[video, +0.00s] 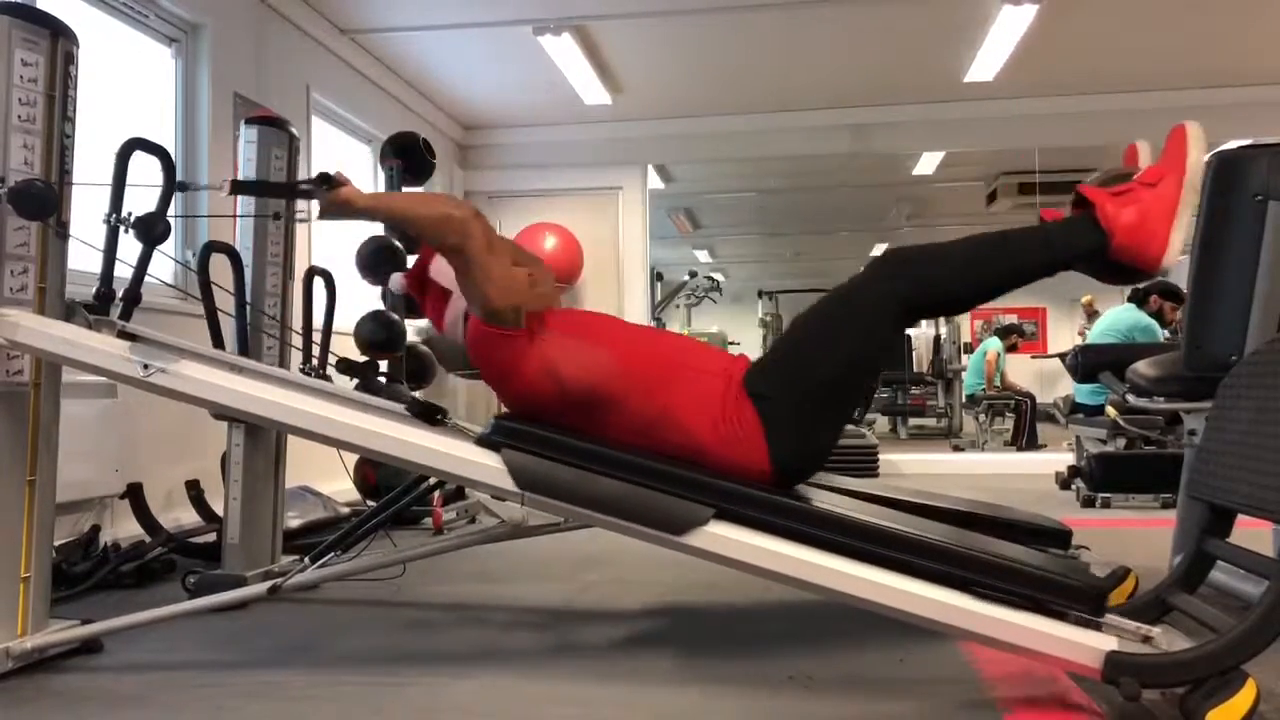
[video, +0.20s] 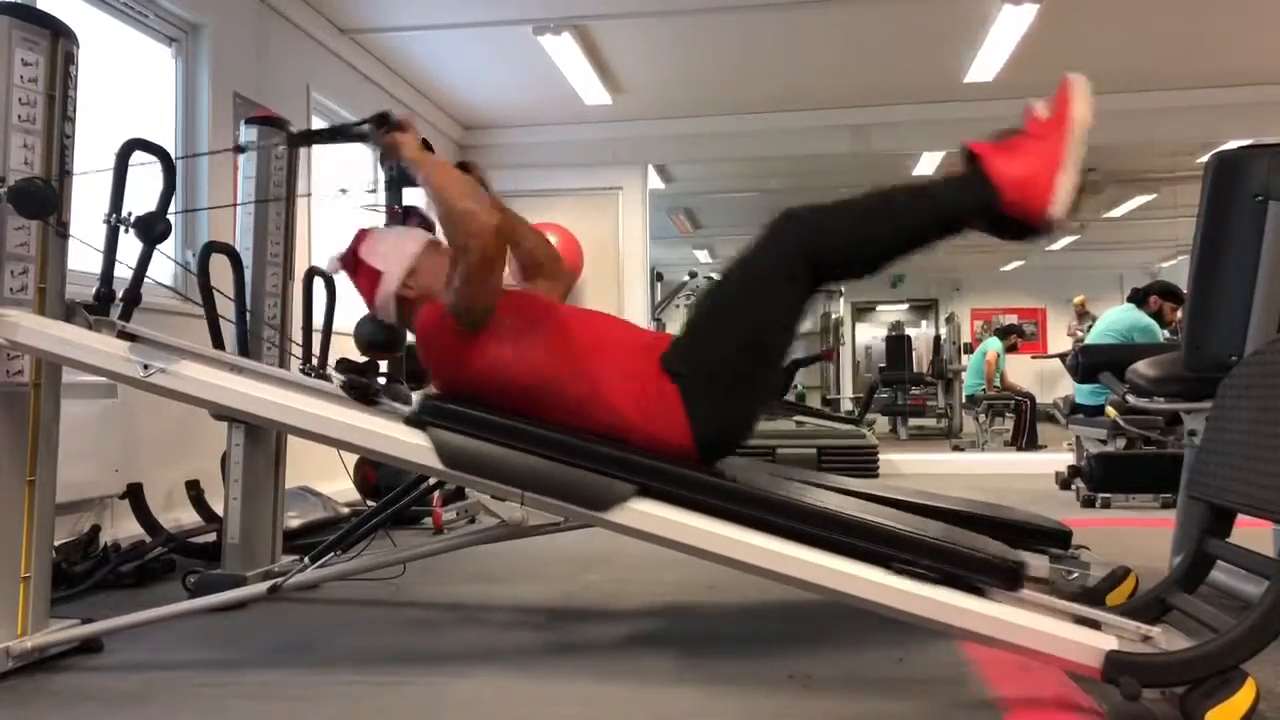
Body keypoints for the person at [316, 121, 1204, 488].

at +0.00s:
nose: (513, 253)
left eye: (499, 245)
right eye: (496, 251)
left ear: (458, 303)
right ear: (475, 287)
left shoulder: (521, 336)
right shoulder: (508, 336)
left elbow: (562, 253)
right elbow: (453, 218)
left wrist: (448, 247)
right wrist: (364, 203)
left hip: (753, 398)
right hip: (761, 425)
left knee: (890, 271)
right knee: (892, 282)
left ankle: (1094, 223)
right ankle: (1109, 236)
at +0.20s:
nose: (416, 254)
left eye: (405, 248)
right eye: (401, 257)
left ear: (425, 262)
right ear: (401, 297)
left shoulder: (496, 317)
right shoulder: (445, 339)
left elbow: (557, 255)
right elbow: (482, 237)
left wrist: (471, 194)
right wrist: (420, 163)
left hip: (688, 382)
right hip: (687, 409)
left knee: (793, 240)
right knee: (790, 242)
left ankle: (998, 183)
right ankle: (1002, 186)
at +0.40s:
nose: (361, 213)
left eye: (351, 205)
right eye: (343, 214)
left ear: (329, 244)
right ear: (320, 249)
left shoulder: (398, 295)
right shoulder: (355, 308)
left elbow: (515, 286)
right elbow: (425, 250)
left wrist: (531, 195)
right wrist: (451, 127)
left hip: (588, 362)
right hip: (591, 381)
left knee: (644, 191)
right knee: (645, 189)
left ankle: (831, 135)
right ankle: (831, 130)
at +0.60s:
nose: (311, 188)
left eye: (297, 177)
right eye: (290, 184)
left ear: (269, 215)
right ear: (258, 221)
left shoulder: (320, 268)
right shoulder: (292, 269)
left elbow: (410, 231)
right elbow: (395, 234)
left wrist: (504, 146)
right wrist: (501, 147)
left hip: (518, 347)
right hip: (512, 355)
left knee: (528, 179)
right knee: (517, 172)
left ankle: (694, 123)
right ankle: (683, 86)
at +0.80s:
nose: (294, 167)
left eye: (282, 156)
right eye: (273, 159)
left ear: (236, 196)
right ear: (235, 191)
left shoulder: (282, 255)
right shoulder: (272, 240)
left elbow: (418, 248)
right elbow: (398, 229)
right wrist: (537, 201)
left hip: (485, 342)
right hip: (478, 341)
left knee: (451, 163)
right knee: (444, 147)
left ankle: (642, 115)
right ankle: (624, 77)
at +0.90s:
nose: (294, 163)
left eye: (283, 154)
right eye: (273, 158)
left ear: (241, 193)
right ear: (237, 190)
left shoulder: (285, 247)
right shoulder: (273, 240)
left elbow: (422, 245)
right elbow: (401, 230)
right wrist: (537, 208)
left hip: (483, 341)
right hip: (479, 344)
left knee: (450, 160)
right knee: (445, 149)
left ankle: (652, 116)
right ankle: (628, 78)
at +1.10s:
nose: (309, 175)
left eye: (296, 165)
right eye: (288, 170)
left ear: (268, 202)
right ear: (255, 206)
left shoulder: (321, 260)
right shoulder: (289, 256)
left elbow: (428, 245)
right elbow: (402, 217)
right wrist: (519, 146)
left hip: (512, 351)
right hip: (505, 354)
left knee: (526, 175)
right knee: (520, 172)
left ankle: (711, 129)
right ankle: (692, 96)